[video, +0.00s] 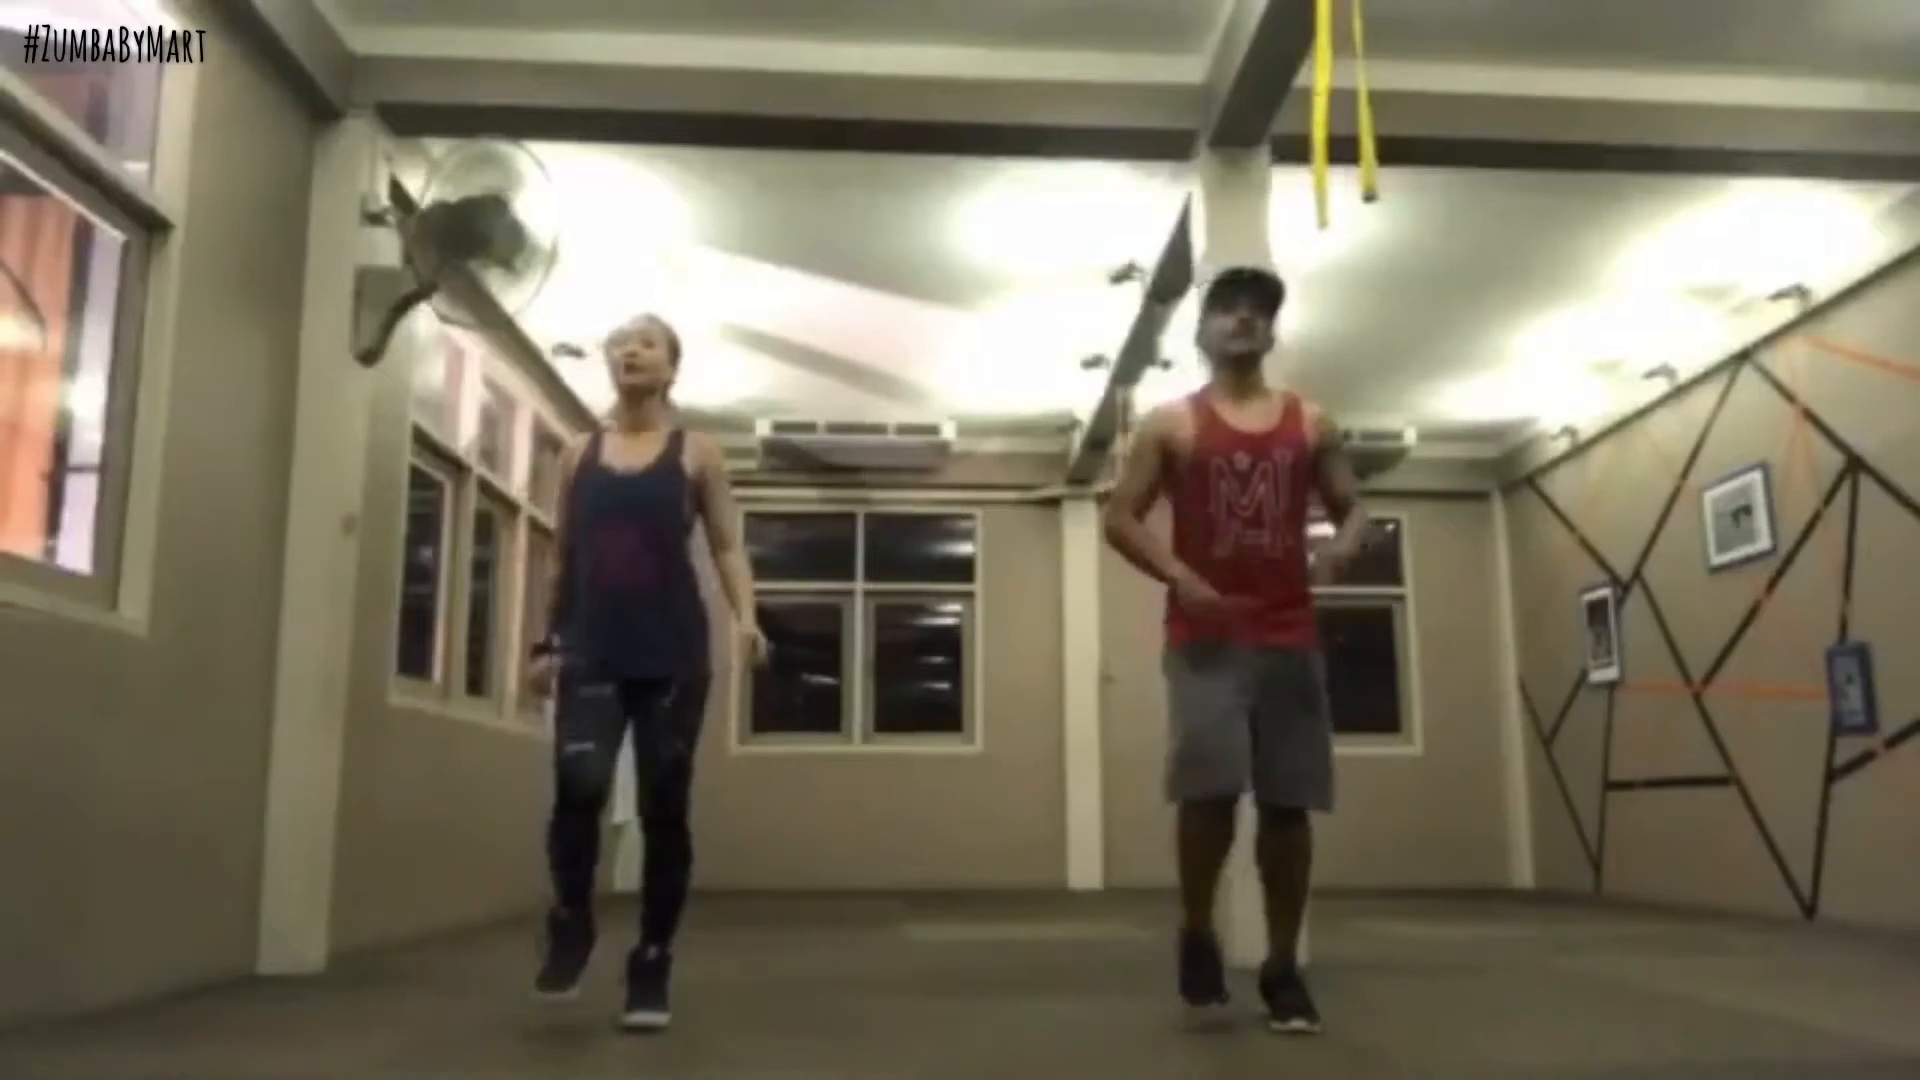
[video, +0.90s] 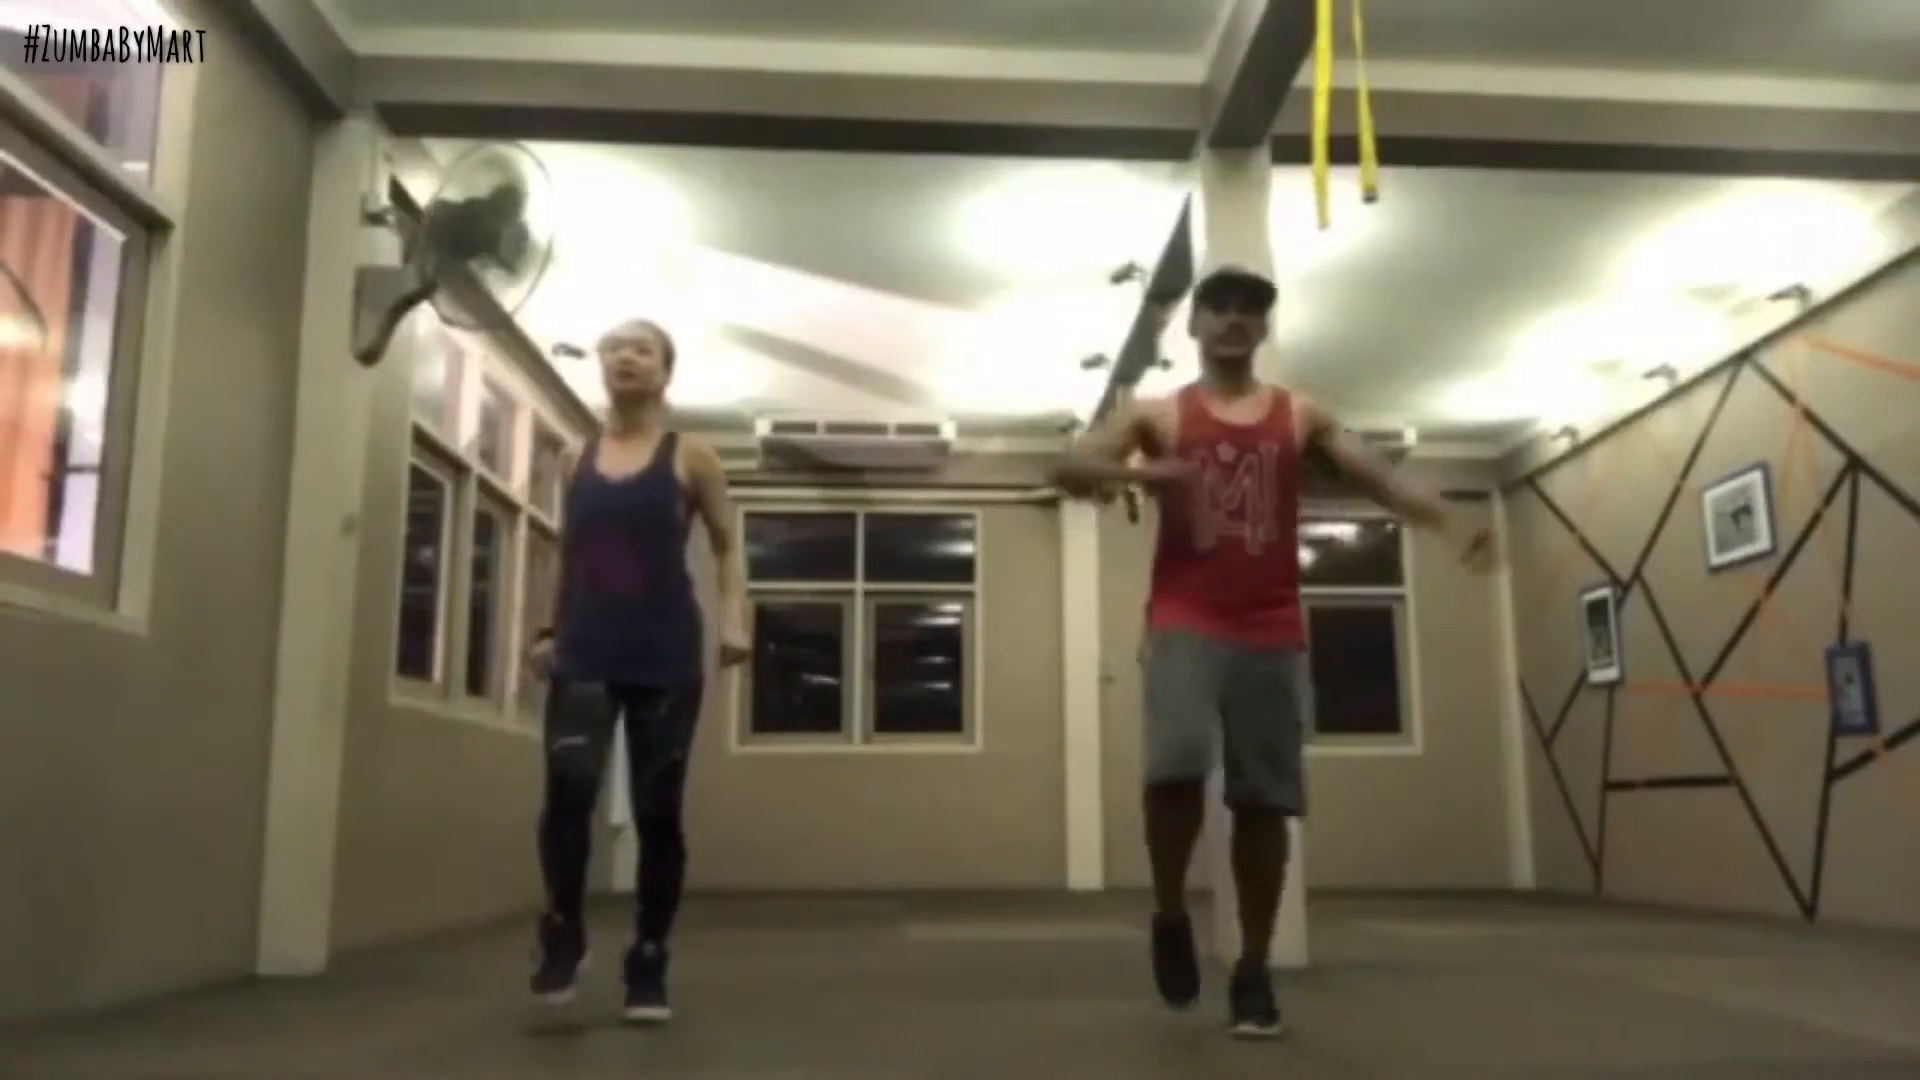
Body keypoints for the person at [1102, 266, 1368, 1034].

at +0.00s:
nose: (1238, 323)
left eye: (1253, 312)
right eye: (1224, 311)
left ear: (1272, 329)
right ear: (1202, 327)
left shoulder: (1308, 423)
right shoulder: (1172, 424)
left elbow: (1351, 509)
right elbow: (1119, 518)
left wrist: (1344, 550)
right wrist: (1182, 579)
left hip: (1288, 636)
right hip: (1208, 638)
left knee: (1287, 807)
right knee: (1209, 797)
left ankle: (1283, 965)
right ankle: (1196, 937)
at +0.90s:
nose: (1235, 323)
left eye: (1249, 312)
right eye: (1221, 310)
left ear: (1267, 327)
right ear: (1194, 323)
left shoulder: (1298, 415)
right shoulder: (1155, 412)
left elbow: (1379, 477)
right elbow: (1071, 468)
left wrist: (1453, 523)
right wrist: (1135, 471)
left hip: (1271, 626)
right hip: (1186, 621)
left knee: (1264, 803)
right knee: (1177, 771)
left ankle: (1255, 969)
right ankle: (1170, 916)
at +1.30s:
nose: (1271, 336)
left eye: (1284, 323)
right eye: (1255, 322)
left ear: (1300, 333)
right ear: (1226, 333)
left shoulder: (1328, 424)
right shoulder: (1207, 412)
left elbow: (1434, 460)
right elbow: (1108, 431)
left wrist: (1423, 427)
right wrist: (1007, 437)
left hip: (1300, 633)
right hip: (1214, 635)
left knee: (1364, 771)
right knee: (1203, 808)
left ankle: (1271, 913)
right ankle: (1178, 984)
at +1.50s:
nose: (1308, 316)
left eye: (1320, 304)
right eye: (1293, 304)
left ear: (1336, 312)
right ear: (1263, 316)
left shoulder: (1371, 387)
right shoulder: (1230, 393)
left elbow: (1498, 401)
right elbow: (1133, 413)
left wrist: (1625, 383)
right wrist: (1154, 346)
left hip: (1354, 624)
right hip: (1258, 627)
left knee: (1430, 777)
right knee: (1227, 795)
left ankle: (1467, 912)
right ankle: (1193, 975)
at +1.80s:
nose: (1357, 332)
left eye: (1371, 316)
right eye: (1341, 318)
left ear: (1392, 323)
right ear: (1316, 328)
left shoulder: (1436, 400)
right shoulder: (1291, 421)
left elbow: (1554, 404)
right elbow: (1205, 442)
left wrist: (1671, 403)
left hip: (1432, 643)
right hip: (1329, 639)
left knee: (1478, 813)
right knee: (1262, 774)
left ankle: (1524, 972)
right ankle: (1258, 933)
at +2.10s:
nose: (1323, 345)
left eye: (1333, 330)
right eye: (1306, 332)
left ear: (1349, 339)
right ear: (1277, 344)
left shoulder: (1380, 433)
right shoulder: (1256, 432)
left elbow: (1470, 508)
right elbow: (1146, 470)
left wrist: (1420, 419)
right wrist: (1052, 500)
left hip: (1390, 658)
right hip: (1301, 664)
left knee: (1455, 827)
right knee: (1296, 830)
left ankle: (1510, 977)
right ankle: (1253, 978)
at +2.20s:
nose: (1291, 336)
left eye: (1304, 322)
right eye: (1276, 322)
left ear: (1318, 331)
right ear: (1247, 332)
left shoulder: (1351, 418)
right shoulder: (1218, 416)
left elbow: (1457, 456)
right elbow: (1110, 451)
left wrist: (1442, 400)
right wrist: (1054, 464)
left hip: (1348, 642)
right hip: (1256, 653)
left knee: (1433, 789)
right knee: (1261, 815)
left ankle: (1487, 946)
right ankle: (1249, 972)